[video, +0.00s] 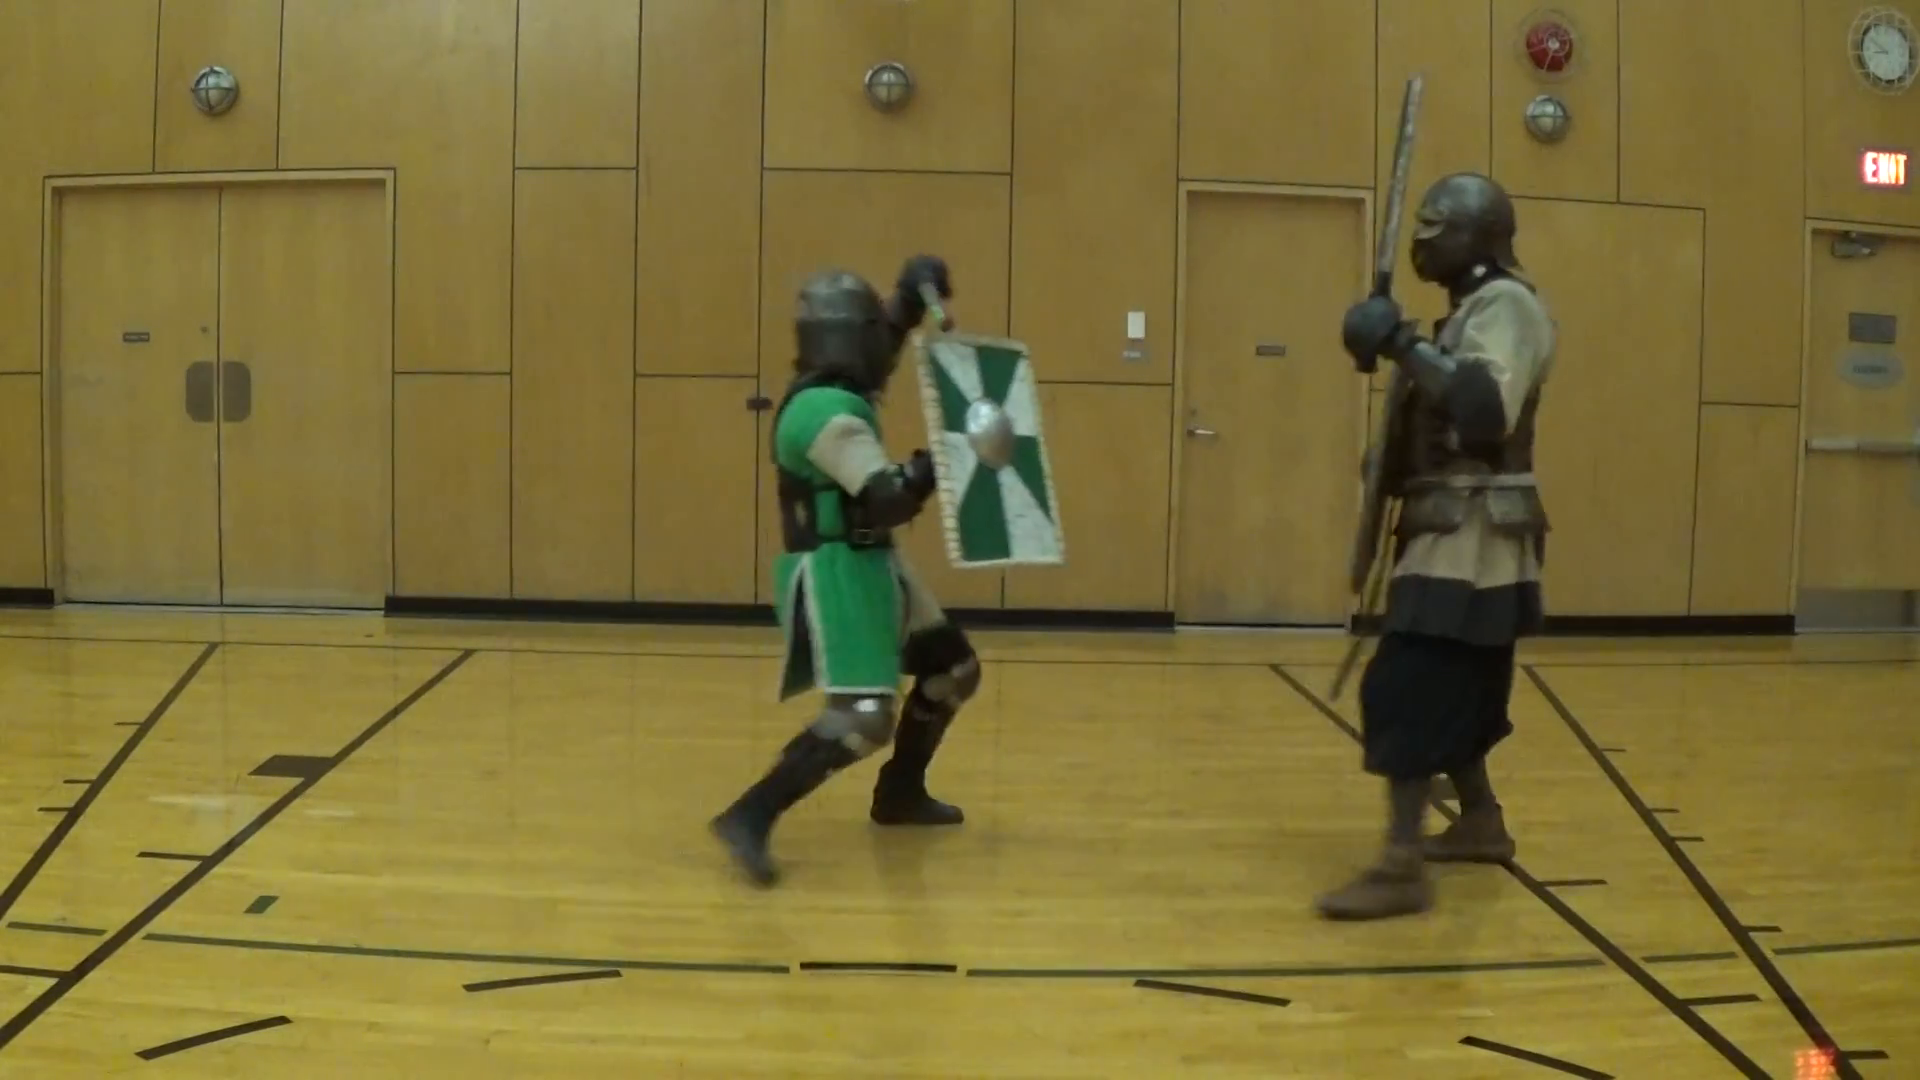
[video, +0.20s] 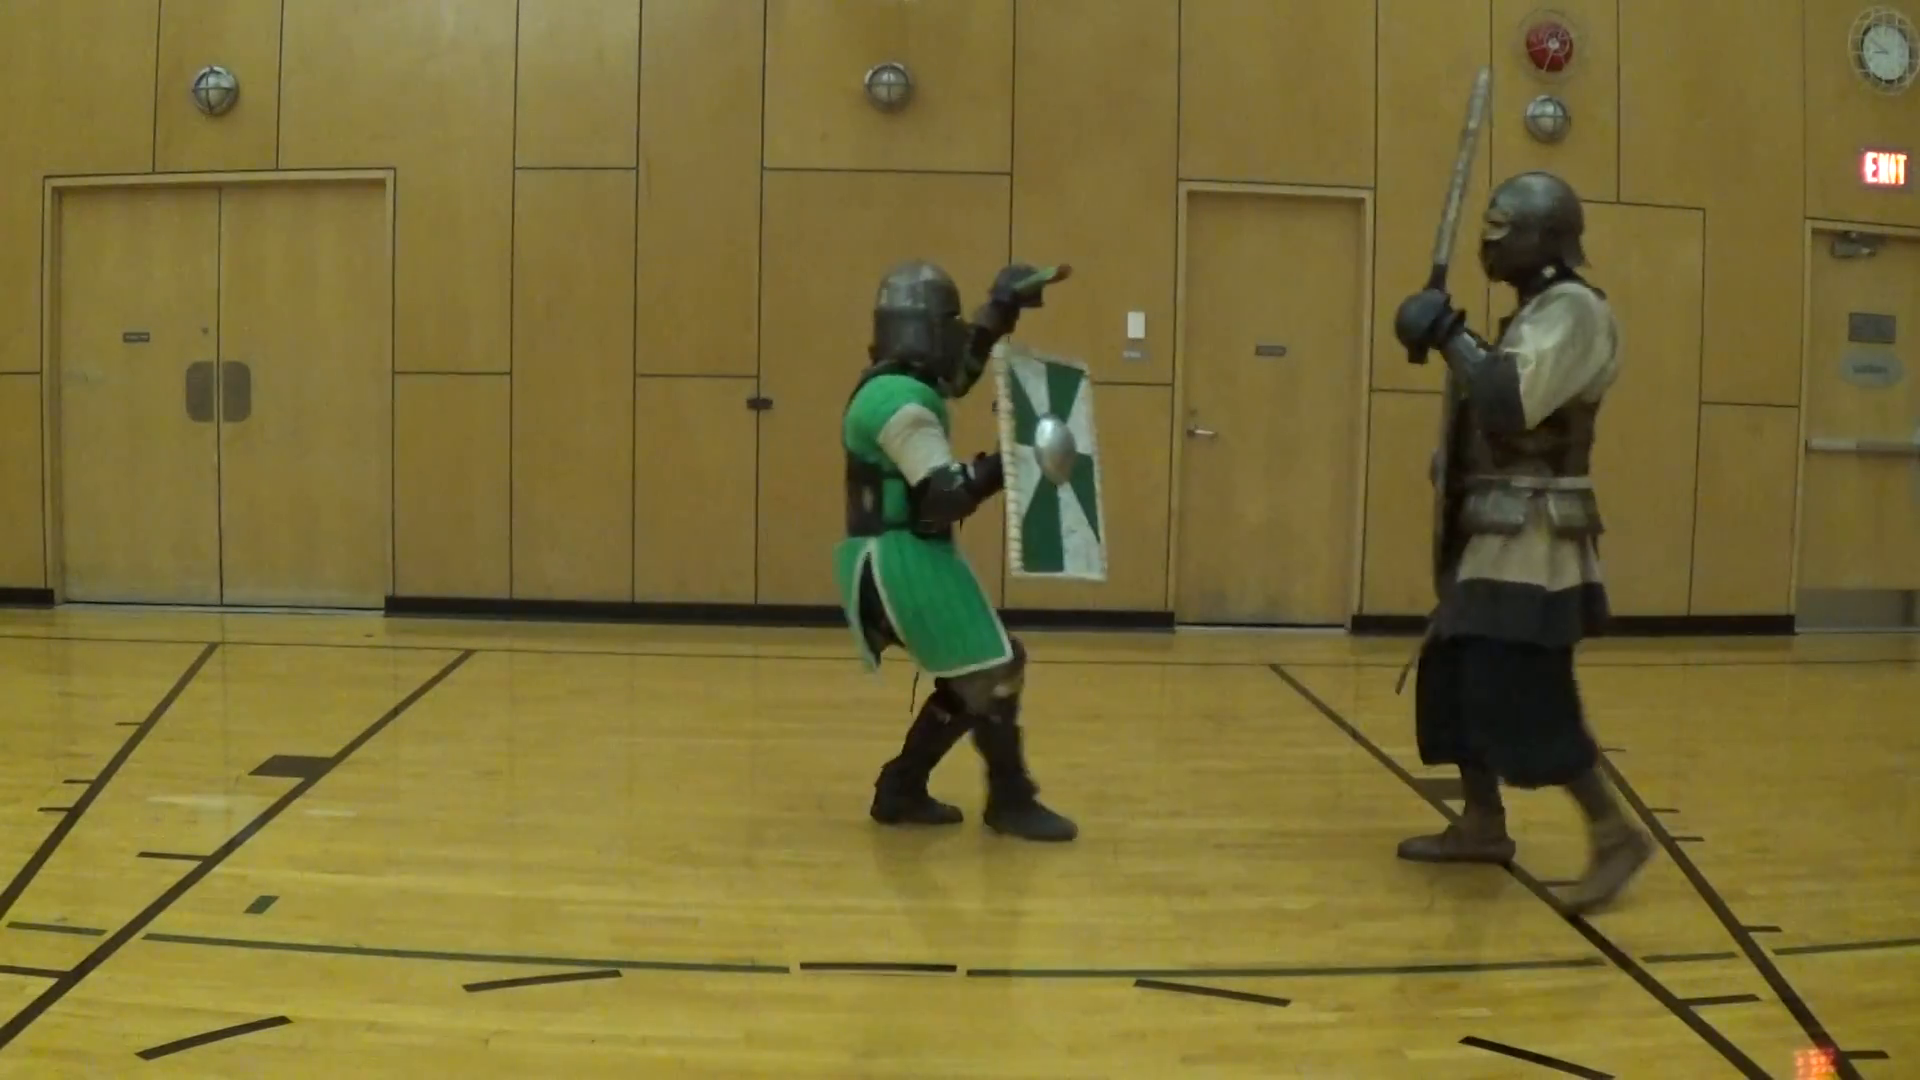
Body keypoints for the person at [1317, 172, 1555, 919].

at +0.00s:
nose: (1420, 238)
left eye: (1436, 227)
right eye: (1421, 225)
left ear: (1484, 239)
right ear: (1466, 240)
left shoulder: (1504, 308)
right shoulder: (1469, 311)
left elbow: (1480, 404)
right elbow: (1439, 396)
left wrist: (1405, 344)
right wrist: (1391, 344)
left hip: (1471, 543)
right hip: (1454, 538)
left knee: (1401, 687)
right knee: (1449, 681)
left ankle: (1400, 865)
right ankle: (1481, 818)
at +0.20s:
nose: (1486, 238)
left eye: (1500, 226)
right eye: (1490, 226)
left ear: (1544, 238)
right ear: (1535, 239)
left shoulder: (1573, 311)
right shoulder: (1536, 311)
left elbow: (1509, 398)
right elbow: (1498, 390)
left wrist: (1454, 333)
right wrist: (1445, 333)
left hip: (1537, 540)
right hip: (1497, 537)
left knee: (1519, 685)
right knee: (1454, 671)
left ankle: (1617, 833)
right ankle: (1482, 822)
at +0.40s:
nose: (1559, 250)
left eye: (1575, 239)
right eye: (1563, 238)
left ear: (1620, 251)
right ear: (1612, 252)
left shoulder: (1639, 326)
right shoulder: (1610, 324)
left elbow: (1556, 417)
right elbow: (1565, 411)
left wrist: (1516, 350)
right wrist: (1529, 355)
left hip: (1609, 558)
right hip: (1563, 552)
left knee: (1643, 698)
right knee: (1499, 677)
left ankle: (1742, 834)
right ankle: (1484, 823)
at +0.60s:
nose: (1622, 251)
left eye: (1638, 238)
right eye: (1625, 237)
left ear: (1683, 250)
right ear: (1676, 252)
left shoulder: (1707, 328)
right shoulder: (1674, 325)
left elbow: (1627, 424)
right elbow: (1628, 413)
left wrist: (1585, 353)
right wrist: (1584, 355)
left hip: (1699, 560)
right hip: (1647, 555)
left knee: (1715, 707)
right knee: (1574, 674)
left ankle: (1756, 855)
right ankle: (1535, 818)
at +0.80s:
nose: (1664, 237)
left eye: (1680, 226)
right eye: (1668, 225)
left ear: (1727, 238)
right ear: (1710, 242)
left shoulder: (1754, 312)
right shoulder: (1711, 315)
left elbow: (1667, 389)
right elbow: (1664, 387)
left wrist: (1624, 310)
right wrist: (1623, 315)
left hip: (1733, 539)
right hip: (1677, 535)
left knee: (1736, 688)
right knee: (1627, 662)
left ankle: (1757, 854)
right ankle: (1653, 805)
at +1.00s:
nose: (1682, 232)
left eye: (1698, 222)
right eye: (1683, 221)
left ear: (1745, 237)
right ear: (1707, 238)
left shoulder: (1766, 305)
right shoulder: (1718, 305)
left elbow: (1695, 369)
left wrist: (1648, 281)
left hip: (1742, 541)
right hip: (1687, 536)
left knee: (1747, 693)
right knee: (1662, 675)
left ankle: (1759, 856)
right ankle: (1673, 814)